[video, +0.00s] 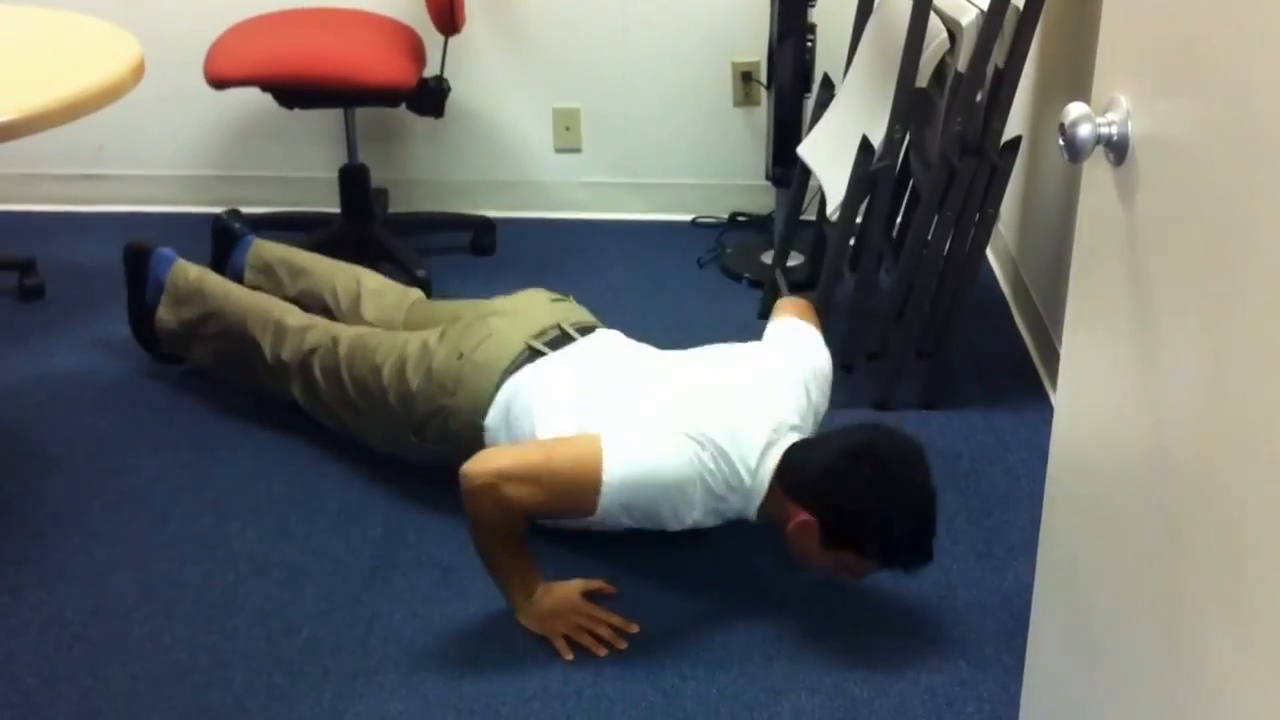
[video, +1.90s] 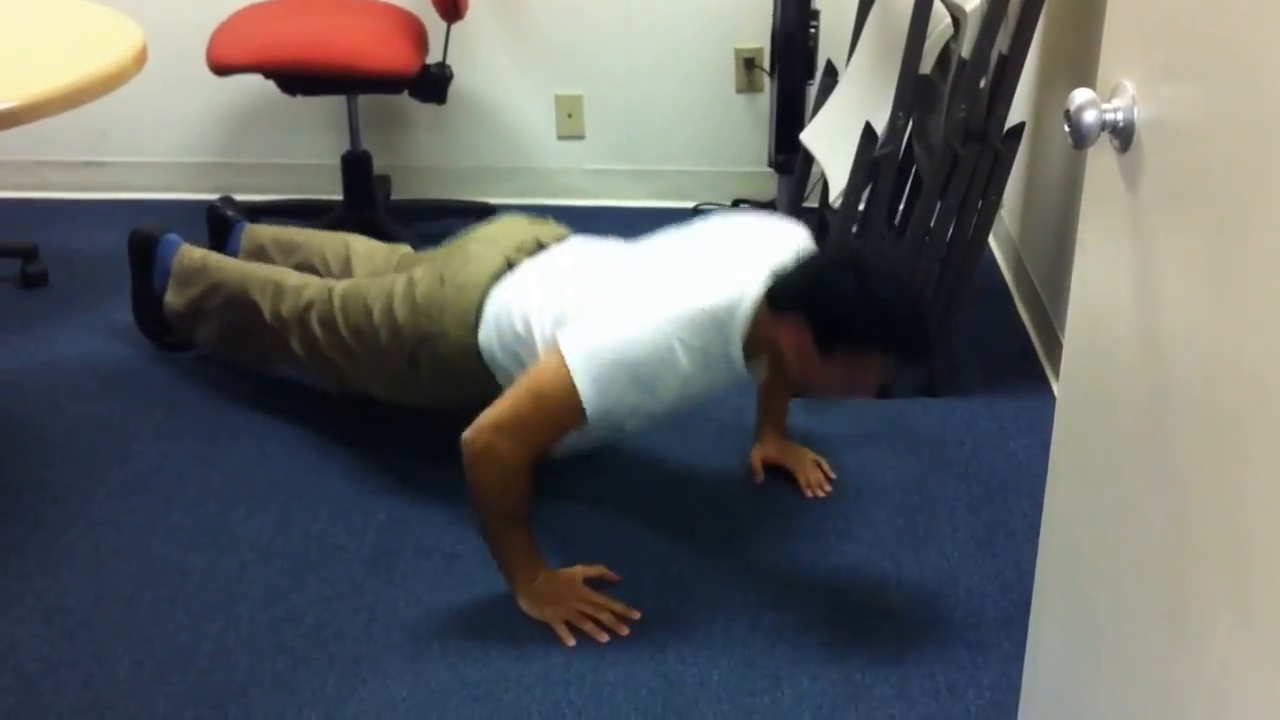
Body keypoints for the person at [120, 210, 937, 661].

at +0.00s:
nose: (841, 570)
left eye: (858, 562)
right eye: (848, 560)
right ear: (812, 526)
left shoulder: (804, 378)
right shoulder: (682, 473)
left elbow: (793, 305)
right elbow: (486, 482)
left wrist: (777, 460)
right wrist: (529, 596)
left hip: (561, 321)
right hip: (480, 389)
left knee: (404, 307)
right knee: (307, 353)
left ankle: (252, 250)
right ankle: (171, 294)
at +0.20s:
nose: (847, 502)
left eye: (863, 493)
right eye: (850, 488)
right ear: (805, 441)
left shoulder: (797, 313)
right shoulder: (671, 418)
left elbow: (746, 315)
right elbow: (478, 473)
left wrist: (769, 437)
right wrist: (530, 595)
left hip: (552, 286)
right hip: (478, 363)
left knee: (391, 288)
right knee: (303, 343)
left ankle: (251, 245)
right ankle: (174, 293)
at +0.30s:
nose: (855, 414)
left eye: (872, 404)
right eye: (860, 399)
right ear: (807, 357)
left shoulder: (786, 259)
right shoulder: (661, 355)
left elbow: (771, 347)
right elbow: (491, 457)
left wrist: (768, 441)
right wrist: (532, 592)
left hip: (536, 253)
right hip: (474, 324)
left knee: (387, 277)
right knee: (304, 338)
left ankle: (251, 245)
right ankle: (176, 293)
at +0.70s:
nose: (857, 508)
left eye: (869, 494)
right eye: (856, 491)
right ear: (811, 446)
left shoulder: (799, 313)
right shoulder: (667, 427)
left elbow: (709, 314)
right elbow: (477, 468)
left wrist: (757, 435)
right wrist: (532, 592)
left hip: (549, 290)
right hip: (469, 367)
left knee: (395, 294)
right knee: (308, 345)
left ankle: (252, 246)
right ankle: (181, 288)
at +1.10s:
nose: (854, 401)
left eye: (869, 390)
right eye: (855, 387)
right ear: (799, 348)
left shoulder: (781, 251)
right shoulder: (652, 351)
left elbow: (772, 346)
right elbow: (489, 453)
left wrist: (770, 438)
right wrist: (531, 587)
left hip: (530, 253)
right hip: (471, 329)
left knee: (385, 271)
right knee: (302, 329)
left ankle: (242, 239)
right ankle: (174, 284)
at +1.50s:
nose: (857, 491)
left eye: (868, 478)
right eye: (856, 475)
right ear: (809, 432)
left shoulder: (798, 300)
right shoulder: (666, 417)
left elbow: (708, 313)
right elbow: (478, 463)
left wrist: (762, 432)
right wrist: (532, 585)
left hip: (547, 282)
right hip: (471, 359)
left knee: (398, 286)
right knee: (309, 337)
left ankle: (252, 241)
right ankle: (182, 282)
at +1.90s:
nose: (858, 391)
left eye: (873, 381)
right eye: (859, 377)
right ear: (805, 339)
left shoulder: (789, 245)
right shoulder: (658, 346)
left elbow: (777, 341)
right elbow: (490, 447)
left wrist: (771, 431)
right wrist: (532, 580)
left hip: (538, 245)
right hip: (478, 316)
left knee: (387, 265)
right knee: (310, 324)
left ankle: (244, 232)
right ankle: (177, 278)